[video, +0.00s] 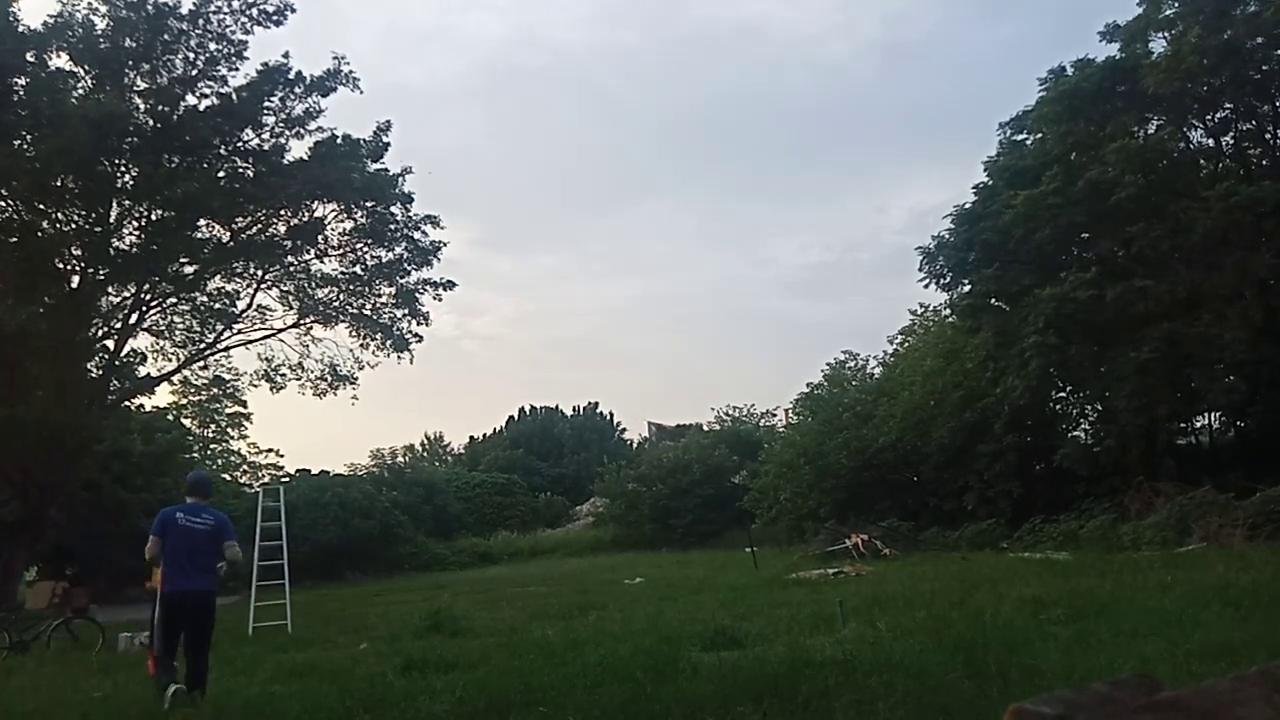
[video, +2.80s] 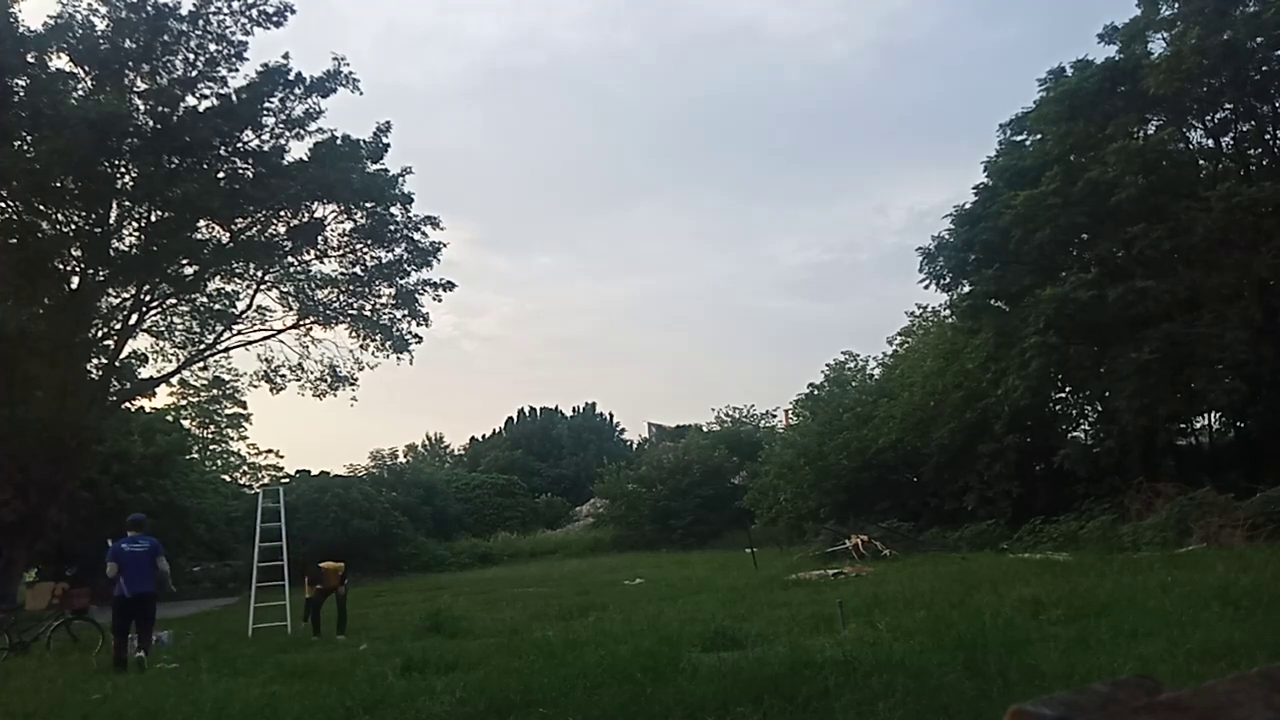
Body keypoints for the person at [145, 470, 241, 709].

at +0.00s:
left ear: (185, 492)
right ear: (209, 494)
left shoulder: (167, 515)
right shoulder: (219, 520)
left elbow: (151, 553)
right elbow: (234, 555)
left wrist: (167, 554)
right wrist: (223, 562)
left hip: (172, 596)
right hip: (204, 597)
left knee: (164, 650)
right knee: (198, 650)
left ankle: (170, 686)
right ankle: (196, 700)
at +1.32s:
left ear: (168, 507)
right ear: (188, 508)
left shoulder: (156, 527)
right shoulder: (199, 529)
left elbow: (144, 557)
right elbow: (208, 558)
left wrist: (144, 572)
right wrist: (192, 561)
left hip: (158, 590)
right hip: (184, 590)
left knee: (150, 632)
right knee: (182, 635)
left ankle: (153, 673)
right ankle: (180, 677)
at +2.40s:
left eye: (147, 519)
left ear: (146, 520)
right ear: (163, 521)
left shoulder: (135, 536)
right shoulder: (171, 538)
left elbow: (109, 558)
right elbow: (176, 557)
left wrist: (128, 562)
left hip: (136, 591)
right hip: (160, 592)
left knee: (128, 628)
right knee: (156, 633)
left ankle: (128, 667)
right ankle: (154, 668)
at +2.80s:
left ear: (128, 528)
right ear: (144, 528)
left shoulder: (117, 546)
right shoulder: (152, 543)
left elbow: (110, 572)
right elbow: (164, 567)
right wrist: (169, 585)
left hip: (124, 597)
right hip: (147, 595)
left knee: (120, 633)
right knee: (145, 628)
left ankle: (120, 668)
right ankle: (142, 651)